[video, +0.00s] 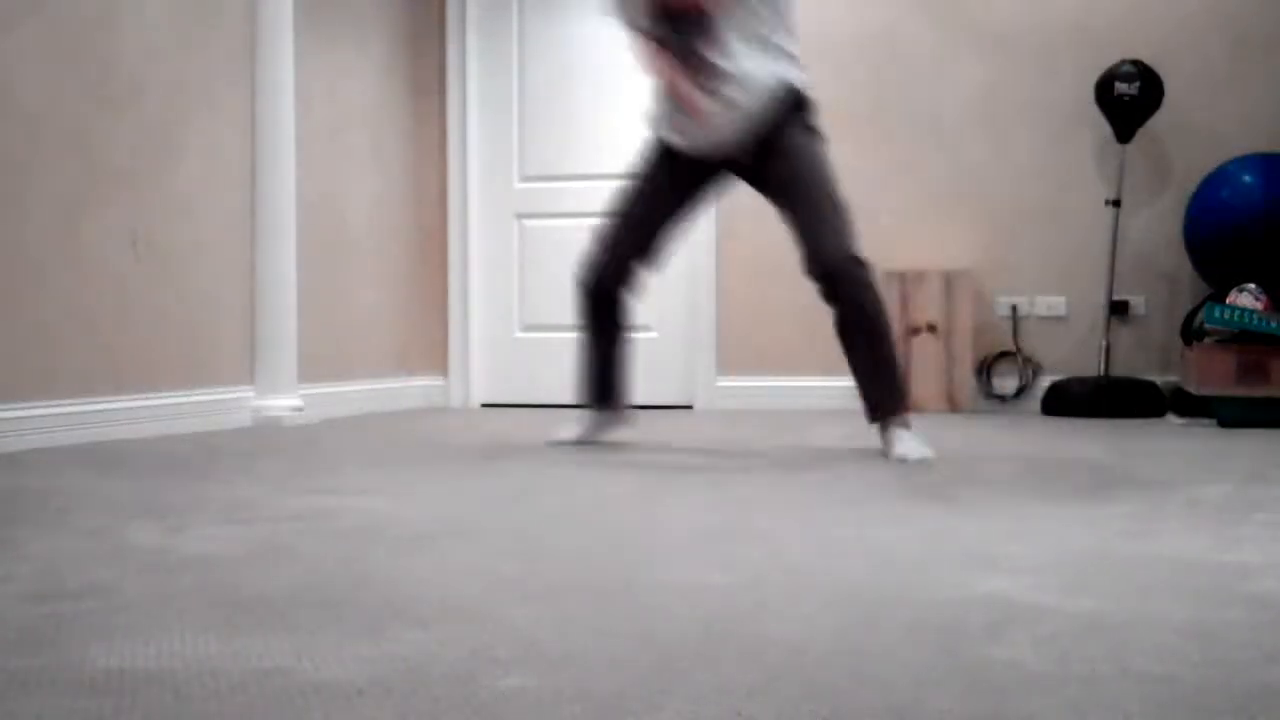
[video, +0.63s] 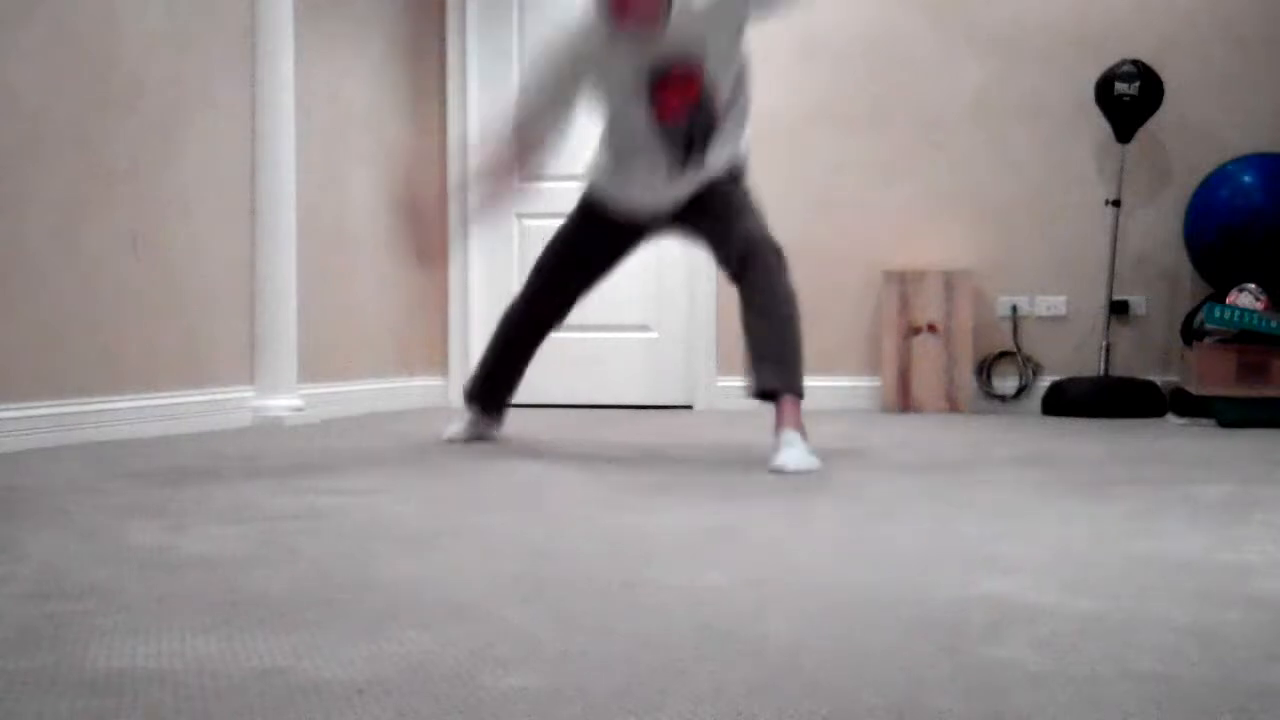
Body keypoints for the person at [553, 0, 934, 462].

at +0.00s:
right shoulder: (641, 8)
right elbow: (644, 42)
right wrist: (678, 78)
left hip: (770, 116)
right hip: (687, 127)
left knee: (837, 265)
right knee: (603, 277)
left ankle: (894, 422)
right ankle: (607, 413)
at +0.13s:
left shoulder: (799, 8)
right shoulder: (680, 7)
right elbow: (706, 73)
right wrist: (743, 162)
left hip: (809, 150)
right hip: (719, 159)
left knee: (874, 277)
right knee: (631, 302)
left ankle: (900, 432)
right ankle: (634, 420)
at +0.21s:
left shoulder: (812, 4)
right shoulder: (676, 7)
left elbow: (879, 19)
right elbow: (661, 62)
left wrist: (944, 65)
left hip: (805, 142)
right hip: (713, 149)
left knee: (866, 274)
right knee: (614, 275)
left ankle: (901, 430)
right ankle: (618, 409)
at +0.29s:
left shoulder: (805, 7)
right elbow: (598, 15)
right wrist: (516, 60)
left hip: (784, 125)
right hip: (696, 126)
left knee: (841, 267)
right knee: (596, 248)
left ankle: (903, 426)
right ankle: (588, 394)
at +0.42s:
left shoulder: (784, 5)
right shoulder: (664, 8)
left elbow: (770, 55)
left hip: (754, 110)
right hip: (667, 111)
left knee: (820, 232)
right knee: (572, 237)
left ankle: (874, 397)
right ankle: (535, 357)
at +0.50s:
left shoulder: (761, 7)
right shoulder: (644, 6)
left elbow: (758, 69)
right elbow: (643, 64)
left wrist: (686, 125)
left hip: (732, 125)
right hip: (648, 127)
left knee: (801, 238)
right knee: (565, 245)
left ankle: (840, 397)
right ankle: (496, 370)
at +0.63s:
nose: (627, 21)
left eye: (636, 11)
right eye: (618, 13)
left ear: (659, 2)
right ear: (607, 6)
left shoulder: (718, 10)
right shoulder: (594, 36)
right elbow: (544, 100)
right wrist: (517, 153)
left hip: (710, 185)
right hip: (622, 193)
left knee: (762, 262)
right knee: (544, 296)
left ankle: (790, 429)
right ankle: (481, 414)